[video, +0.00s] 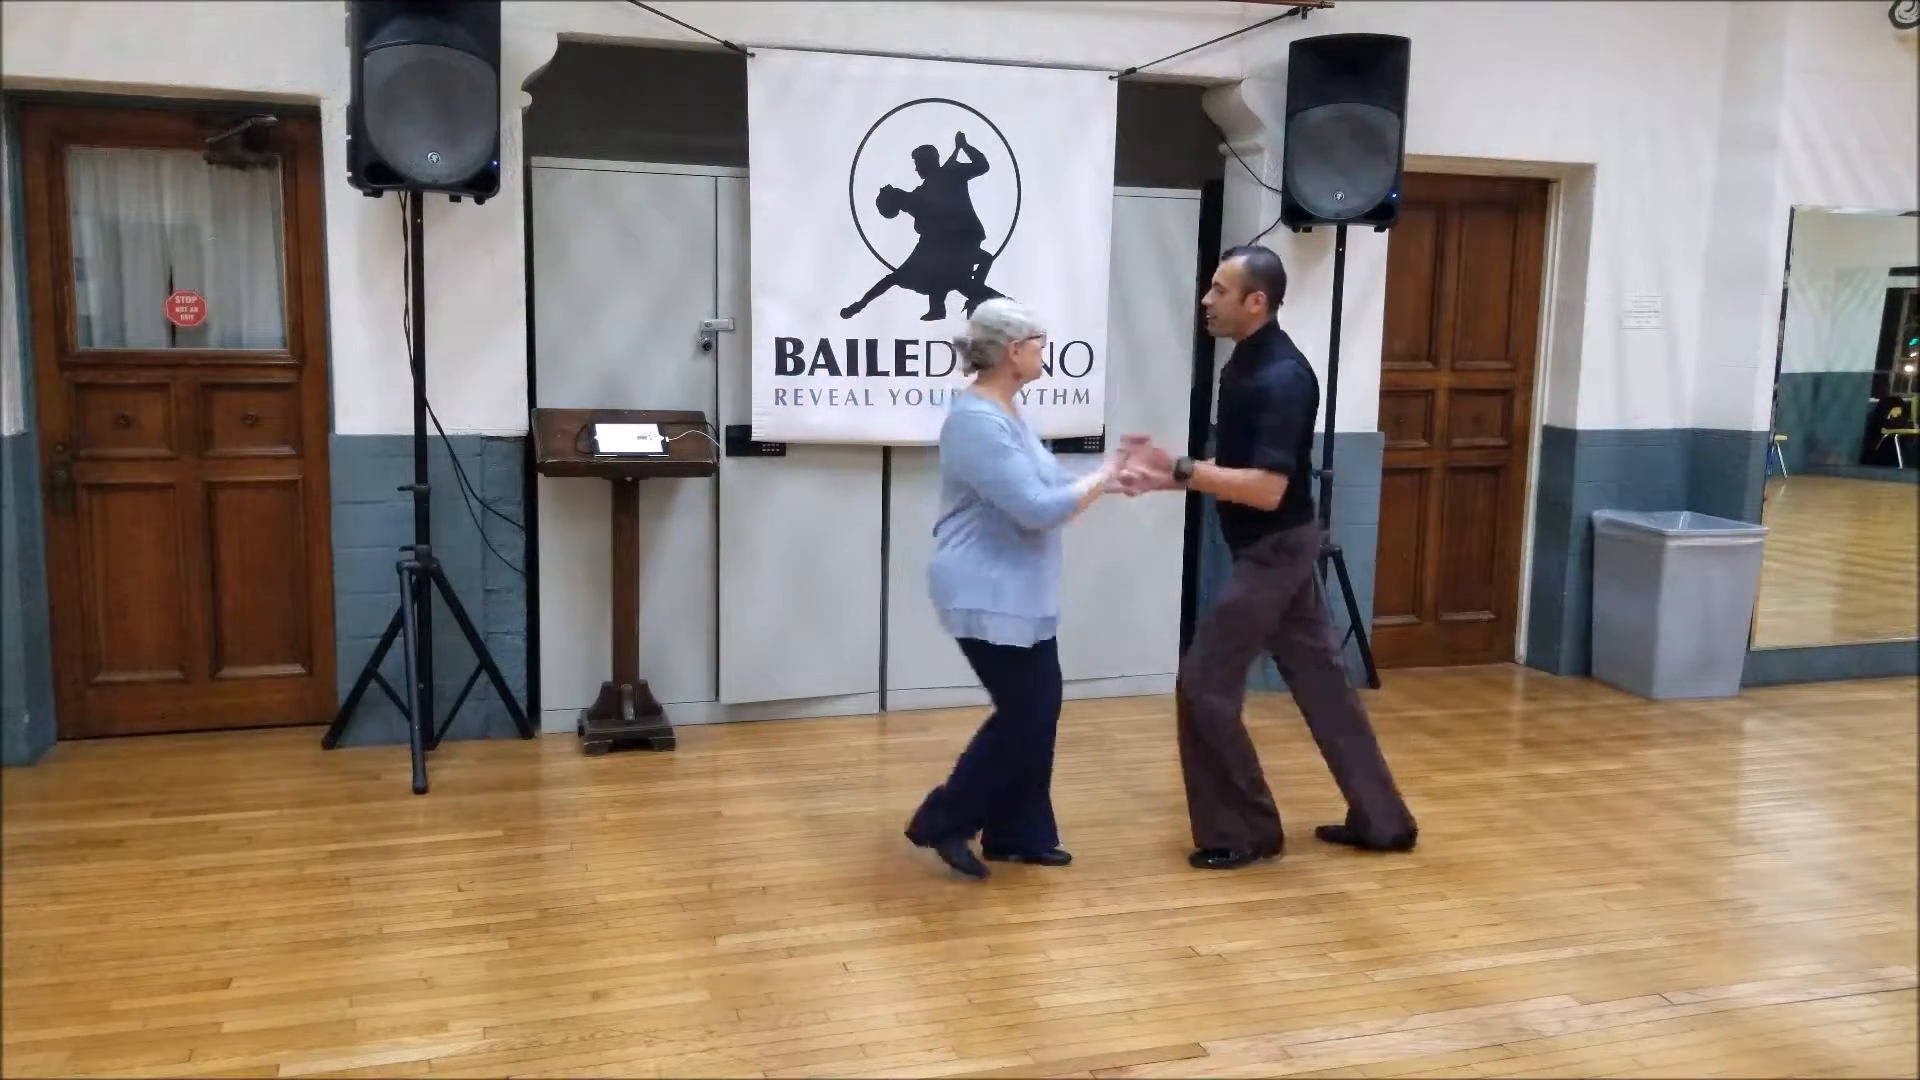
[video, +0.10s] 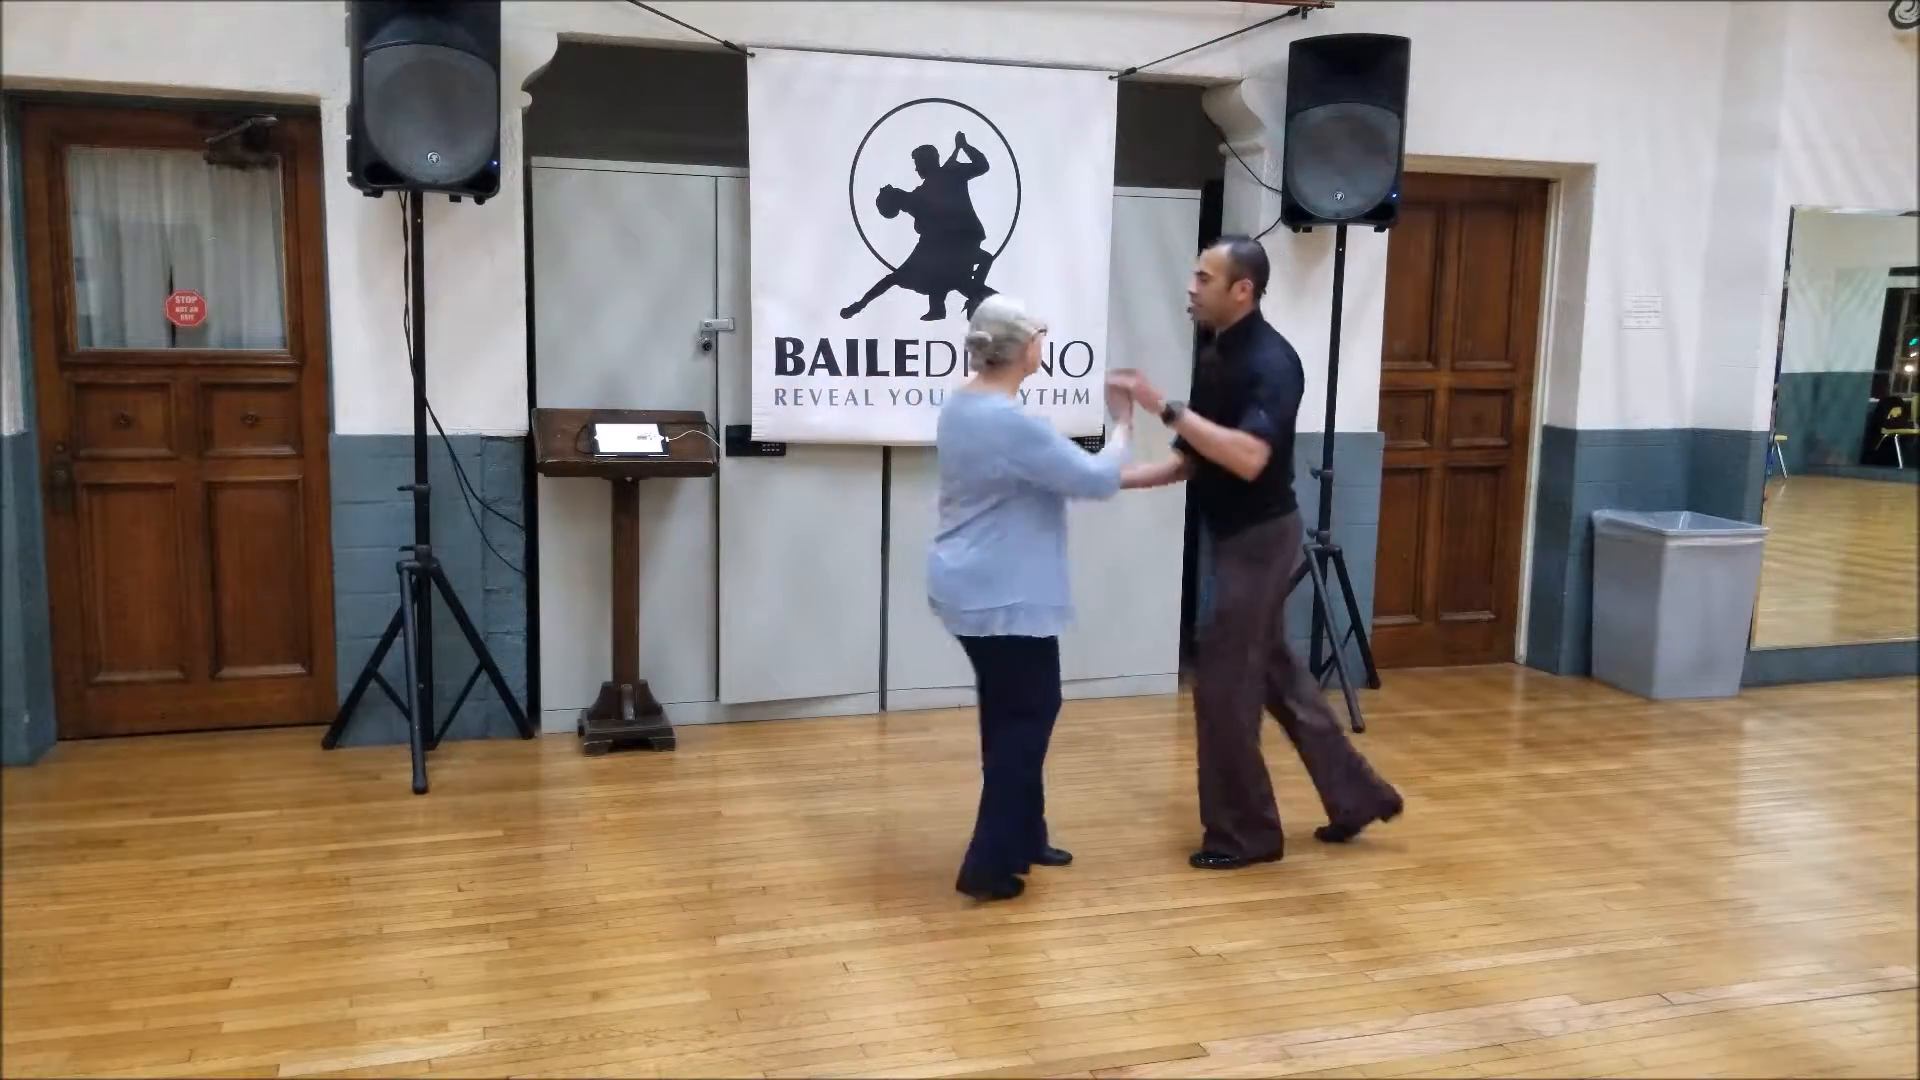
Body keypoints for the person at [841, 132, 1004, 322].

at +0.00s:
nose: (915, 167)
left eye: (917, 162)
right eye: (915, 162)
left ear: (924, 163)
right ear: (936, 160)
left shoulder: (919, 195)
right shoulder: (956, 172)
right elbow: (983, 166)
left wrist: (890, 194)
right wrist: (965, 146)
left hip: (933, 251)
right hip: (965, 246)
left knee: (895, 278)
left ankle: (861, 304)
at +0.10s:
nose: (916, 168)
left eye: (918, 163)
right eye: (916, 163)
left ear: (924, 163)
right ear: (937, 160)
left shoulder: (918, 195)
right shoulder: (955, 172)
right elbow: (982, 166)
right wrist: (964, 146)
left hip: (932, 251)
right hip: (965, 245)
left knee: (894, 278)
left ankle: (860, 305)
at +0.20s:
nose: (916, 168)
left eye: (917, 163)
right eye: (916, 163)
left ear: (924, 163)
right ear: (937, 161)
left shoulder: (917, 196)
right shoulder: (955, 172)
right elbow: (982, 166)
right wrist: (965, 146)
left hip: (931, 252)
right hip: (965, 247)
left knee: (893, 278)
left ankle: (860, 305)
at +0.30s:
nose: (916, 168)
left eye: (918, 163)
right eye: (916, 163)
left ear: (925, 163)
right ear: (937, 161)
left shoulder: (917, 196)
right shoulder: (955, 172)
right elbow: (982, 166)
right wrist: (965, 146)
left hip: (931, 251)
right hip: (965, 247)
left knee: (893, 278)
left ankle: (860, 305)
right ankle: (936, 308)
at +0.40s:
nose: (916, 168)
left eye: (917, 163)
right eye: (915, 163)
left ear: (926, 162)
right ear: (936, 161)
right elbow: (982, 166)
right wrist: (965, 146)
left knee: (894, 277)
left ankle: (860, 305)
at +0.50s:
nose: (916, 167)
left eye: (918, 162)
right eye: (915, 163)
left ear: (928, 162)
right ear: (936, 161)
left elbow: (982, 167)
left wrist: (964, 146)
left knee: (893, 278)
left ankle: (859, 306)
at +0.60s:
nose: (915, 167)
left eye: (917, 163)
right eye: (916, 162)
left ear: (922, 164)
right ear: (937, 160)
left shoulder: (917, 194)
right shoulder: (957, 171)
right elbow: (982, 165)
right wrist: (966, 146)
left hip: (931, 250)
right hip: (966, 246)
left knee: (895, 277)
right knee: (969, 283)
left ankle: (860, 304)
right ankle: (1004, 304)